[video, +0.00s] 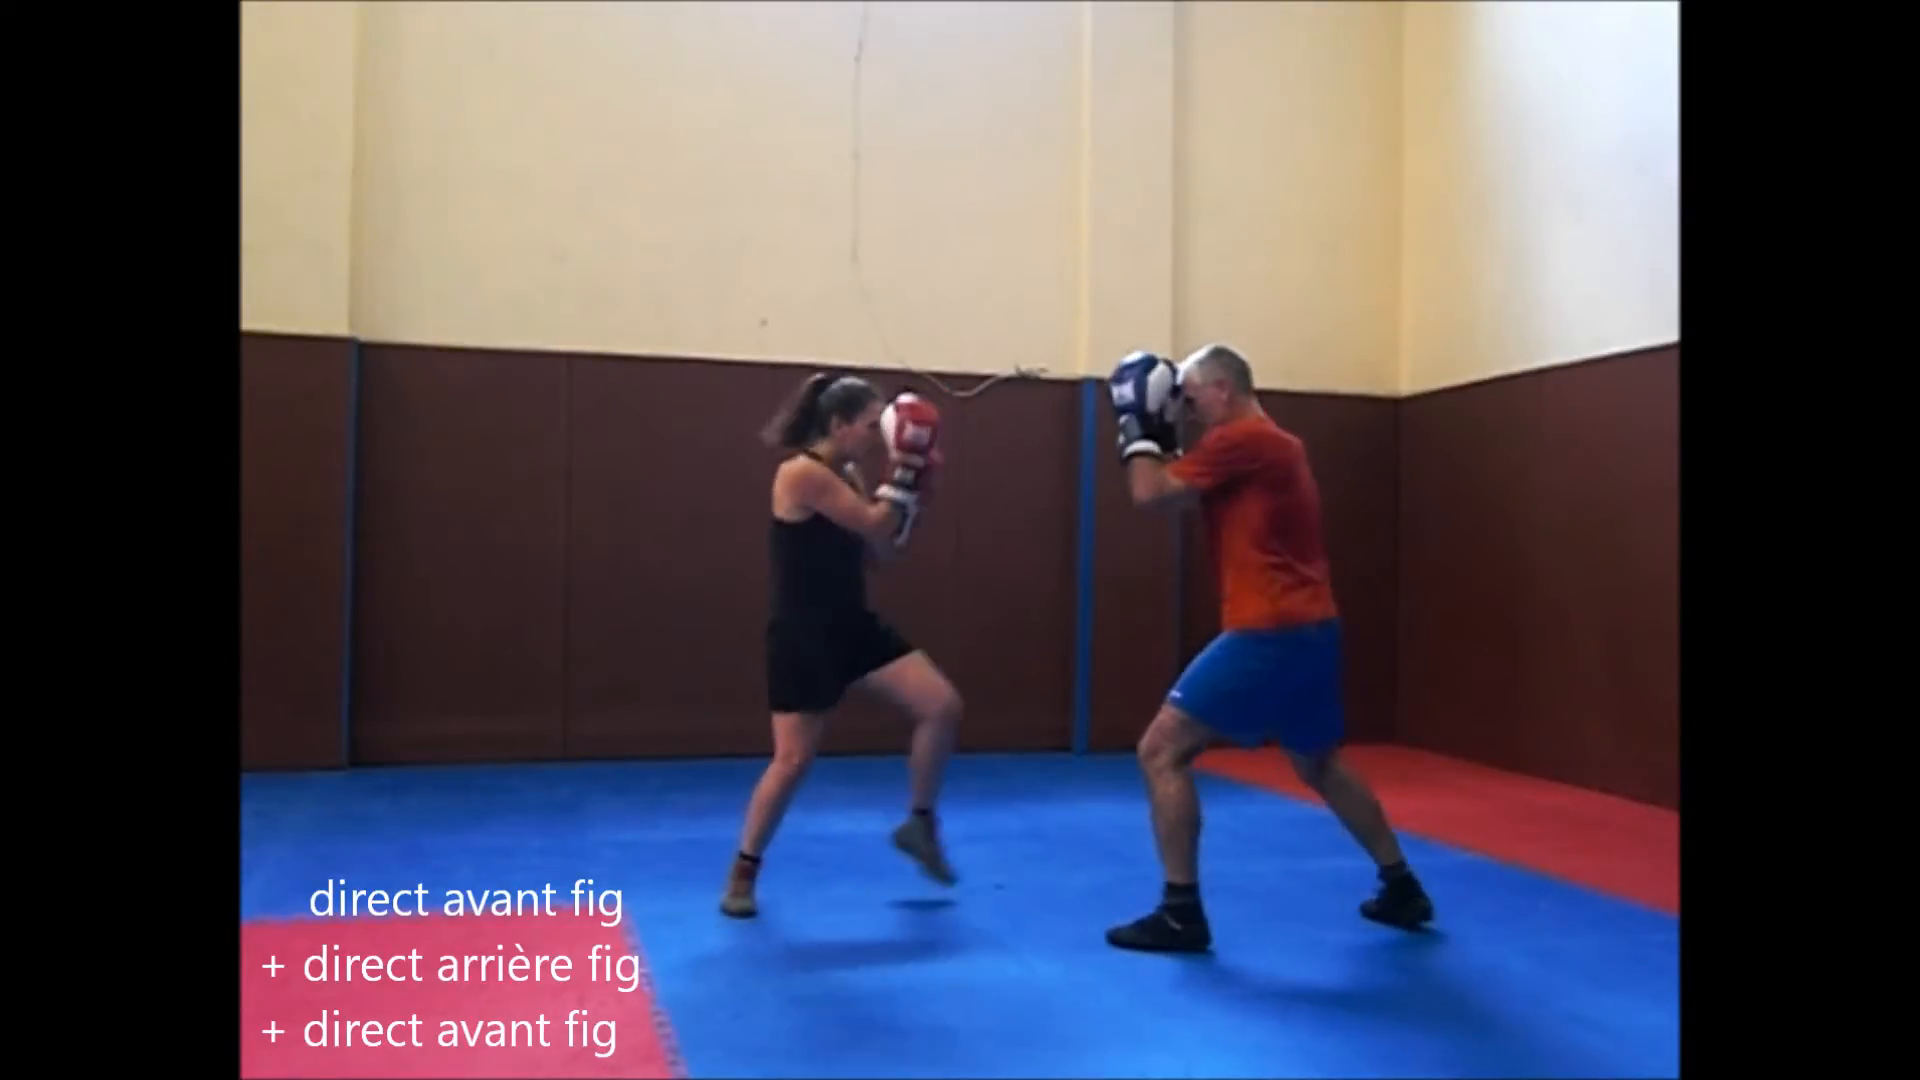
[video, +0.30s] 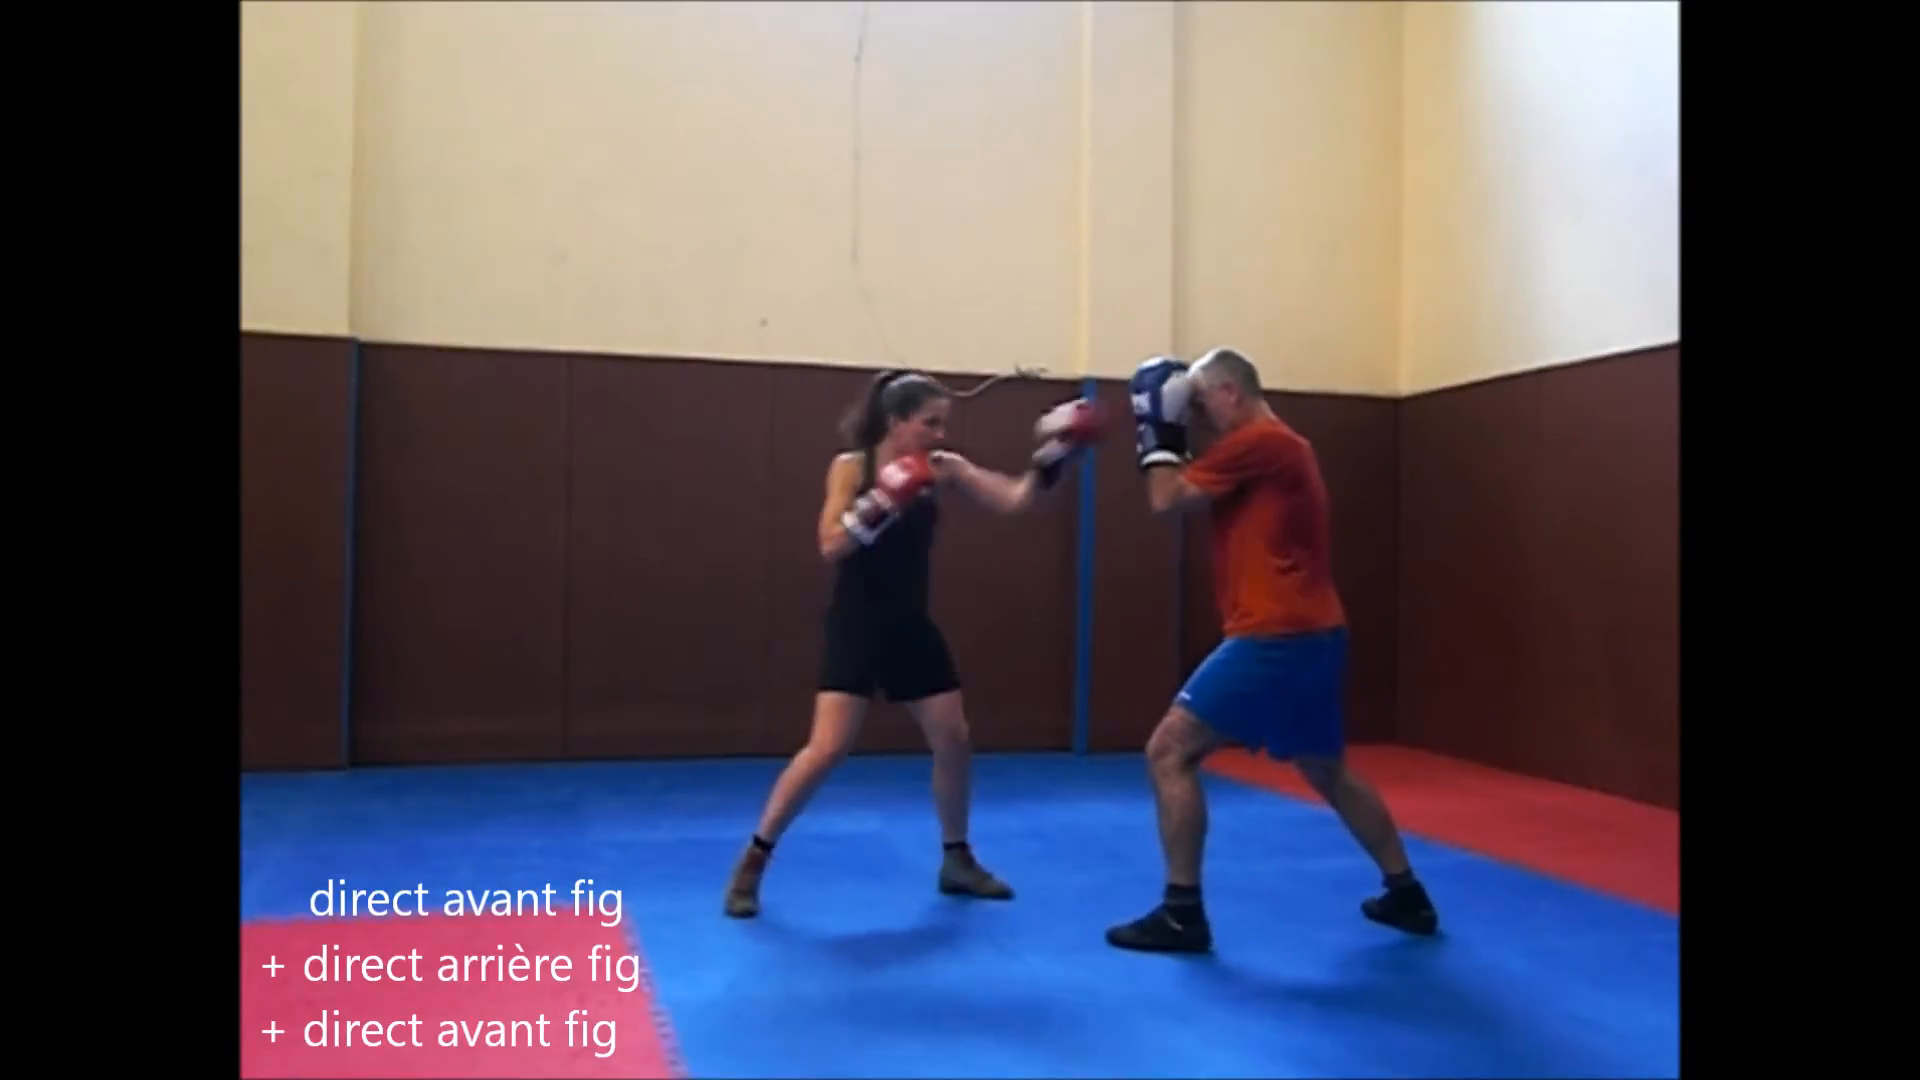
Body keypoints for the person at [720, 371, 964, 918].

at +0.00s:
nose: (877, 435)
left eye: (878, 425)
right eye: (871, 424)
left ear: (842, 427)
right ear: (838, 423)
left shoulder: (843, 476)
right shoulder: (801, 474)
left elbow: (884, 541)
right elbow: (876, 526)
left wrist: (910, 486)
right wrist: (903, 471)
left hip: (853, 630)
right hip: (803, 638)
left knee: (941, 705)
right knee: (792, 759)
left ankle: (921, 823)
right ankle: (744, 869)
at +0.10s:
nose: (894, 421)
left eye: (898, 411)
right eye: (885, 410)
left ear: (877, 415)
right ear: (850, 410)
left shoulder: (883, 460)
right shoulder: (810, 457)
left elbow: (922, 521)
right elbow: (837, 532)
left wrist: (955, 485)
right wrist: (888, 483)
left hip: (878, 616)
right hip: (820, 622)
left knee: (949, 712)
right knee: (791, 744)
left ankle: (959, 830)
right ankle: (744, 863)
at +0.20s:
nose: (913, 427)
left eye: (916, 416)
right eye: (902, 416)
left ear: (915, 419)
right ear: (863, 416)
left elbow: (1001, 465)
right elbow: (817, 539)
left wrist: (1058, 446)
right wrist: (867, 491)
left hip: (897, 617)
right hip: (839, 618)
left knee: (942, 734)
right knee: (808, 739)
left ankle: (959, 855)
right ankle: (747, 861)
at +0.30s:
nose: (941, 433)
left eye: (944, 423)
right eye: (932, 422)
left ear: (933, 423)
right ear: (897, 422)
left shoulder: (940, 467)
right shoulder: (852, 469)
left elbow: (1015, 498)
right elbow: (831, 544)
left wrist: (1051, 457)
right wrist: (881, 501)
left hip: (912, 627)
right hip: (857, 626)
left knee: (953, 738)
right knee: (826, 748)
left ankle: (958, 861)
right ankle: (754, 861)